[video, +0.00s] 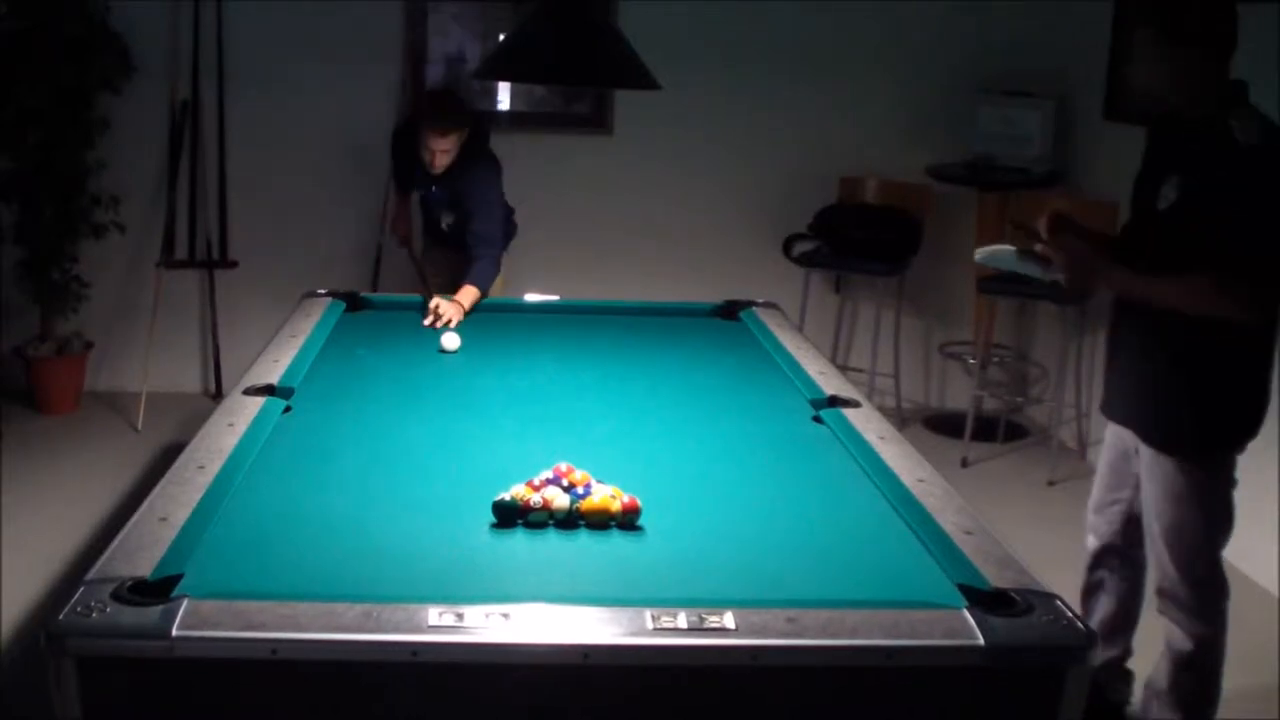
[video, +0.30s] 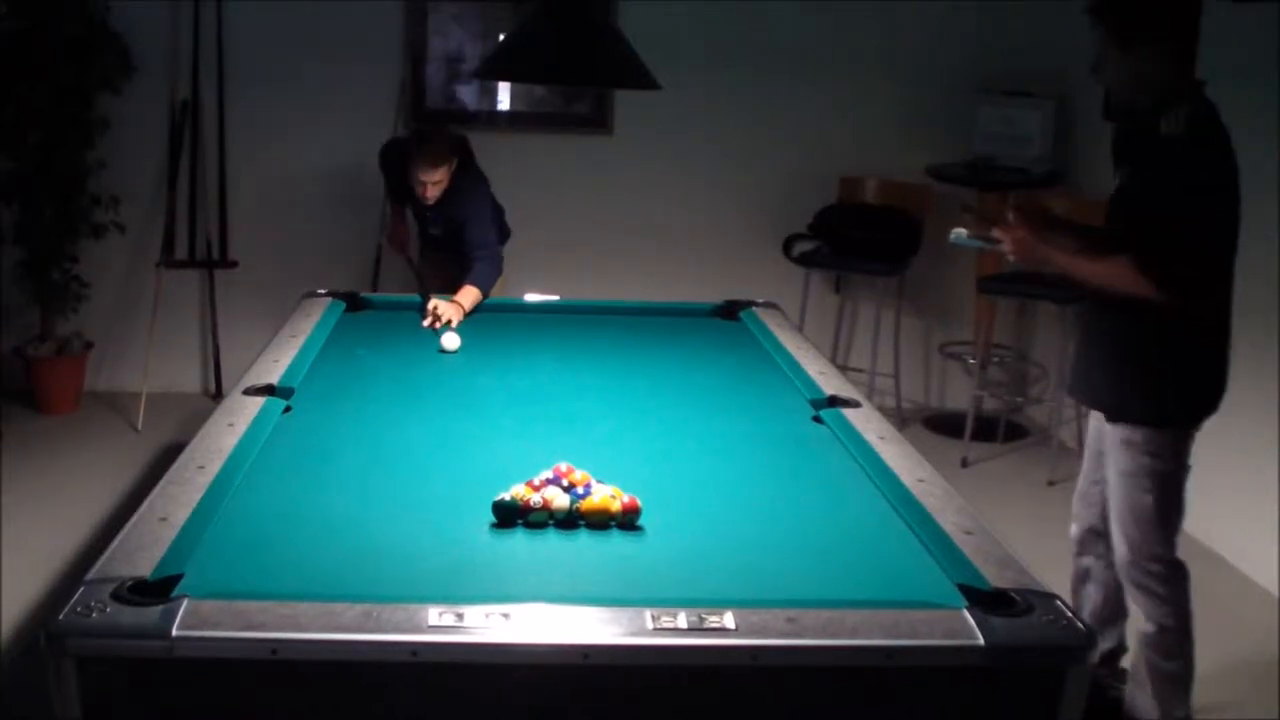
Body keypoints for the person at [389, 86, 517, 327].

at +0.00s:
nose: (436, 161)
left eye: (446, 152)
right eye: (429, 150)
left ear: (462, 142)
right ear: (419, 140)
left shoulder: (480, 165)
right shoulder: (407, 143)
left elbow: (488, 249)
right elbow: (402, 178)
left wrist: (460, 303)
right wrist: (402, 216)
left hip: (479, 241)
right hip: (437, 236)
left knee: (480, 318)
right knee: (434, 310)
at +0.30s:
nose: (428, 193)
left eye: (437, 183)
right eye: (421, 183)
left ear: (452, 168)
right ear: (409, 171)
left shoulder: (470, 185)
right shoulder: (398, 156)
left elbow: (489, 259)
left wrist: (460, 304)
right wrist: (398, 221)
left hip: (470, 248)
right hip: (432, 243)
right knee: (431, 312)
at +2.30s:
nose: (413, 206)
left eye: (422, 196)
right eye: (404, 197)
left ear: (437, 183)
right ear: (392, 189)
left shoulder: (461, 200)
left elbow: (476, 261)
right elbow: (379, 158)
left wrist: (456, 308)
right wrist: (384, 225)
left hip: (492, 248)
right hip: (441, 244)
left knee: (485, 325)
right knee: (425, 318)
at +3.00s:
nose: (425, 191)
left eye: (435, 180)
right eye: (417, 181)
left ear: (450, 166)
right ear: (404, 171)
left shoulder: (472, 183)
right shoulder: (391, 166)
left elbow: (495, 260)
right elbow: (380, 162)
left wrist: (460, 309)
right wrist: (388, 228)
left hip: (474, 261)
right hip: (432, 257)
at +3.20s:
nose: (445, 162)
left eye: (456, 151)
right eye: (437, 150)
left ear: (472, 143)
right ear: (424, 142)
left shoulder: (490, 172)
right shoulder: (408, 153)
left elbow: (503, 257)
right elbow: (394, 172)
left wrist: (466, 307)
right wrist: (408, 227)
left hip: (481, 259)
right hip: (435, 253)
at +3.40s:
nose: (449, 133)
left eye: (461, 124)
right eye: (443, 122)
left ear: (478, 124)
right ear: (431, 118)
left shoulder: (492, 159)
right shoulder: (418, 141)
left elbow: (497, 244)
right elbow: (404, 172)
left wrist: (465, 304)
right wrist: (410, 219)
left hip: (489, 256)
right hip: (444, 251)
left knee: (490, 337)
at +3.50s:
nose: (444, 112)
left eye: (455, 103)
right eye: (438, 102)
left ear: (475, 105)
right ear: (429, 102)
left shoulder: (488, 147)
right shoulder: (423, 134)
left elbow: (489, 233)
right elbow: (415, 178)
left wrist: (457, 295)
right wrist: (411, 225)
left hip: (494, 252)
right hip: (450, 245)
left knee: (486, 339)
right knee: (444, 333)